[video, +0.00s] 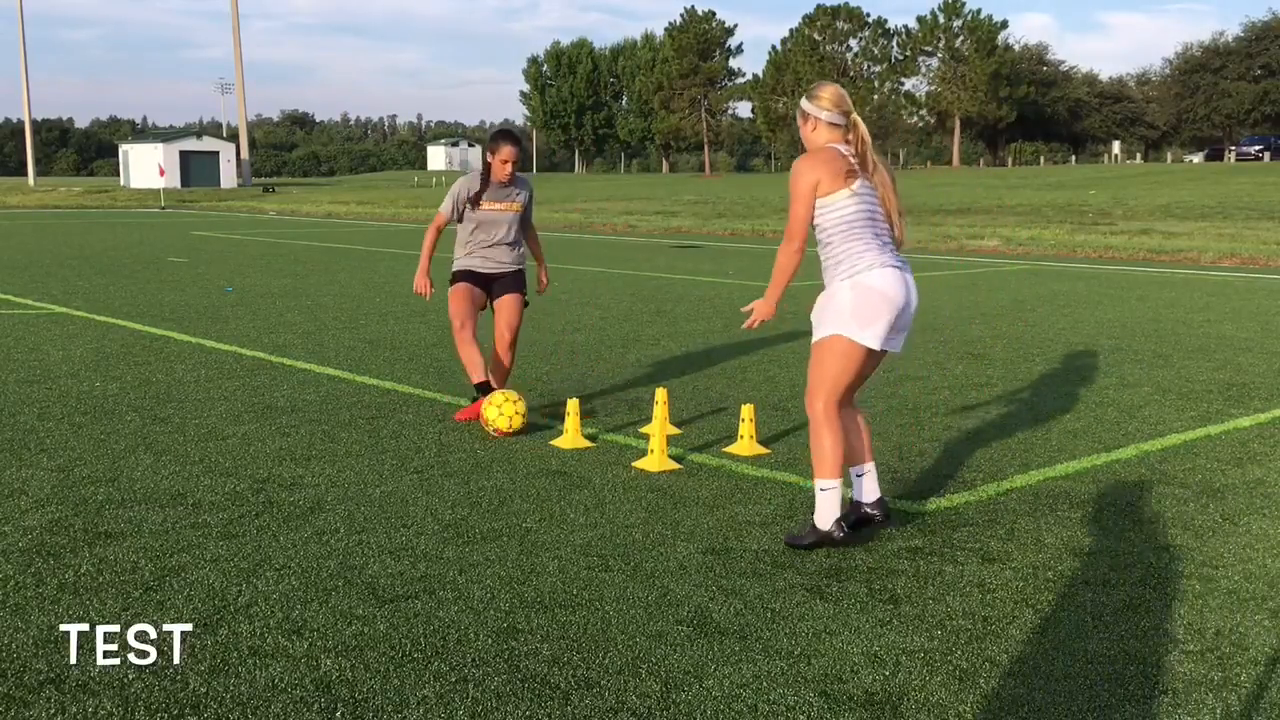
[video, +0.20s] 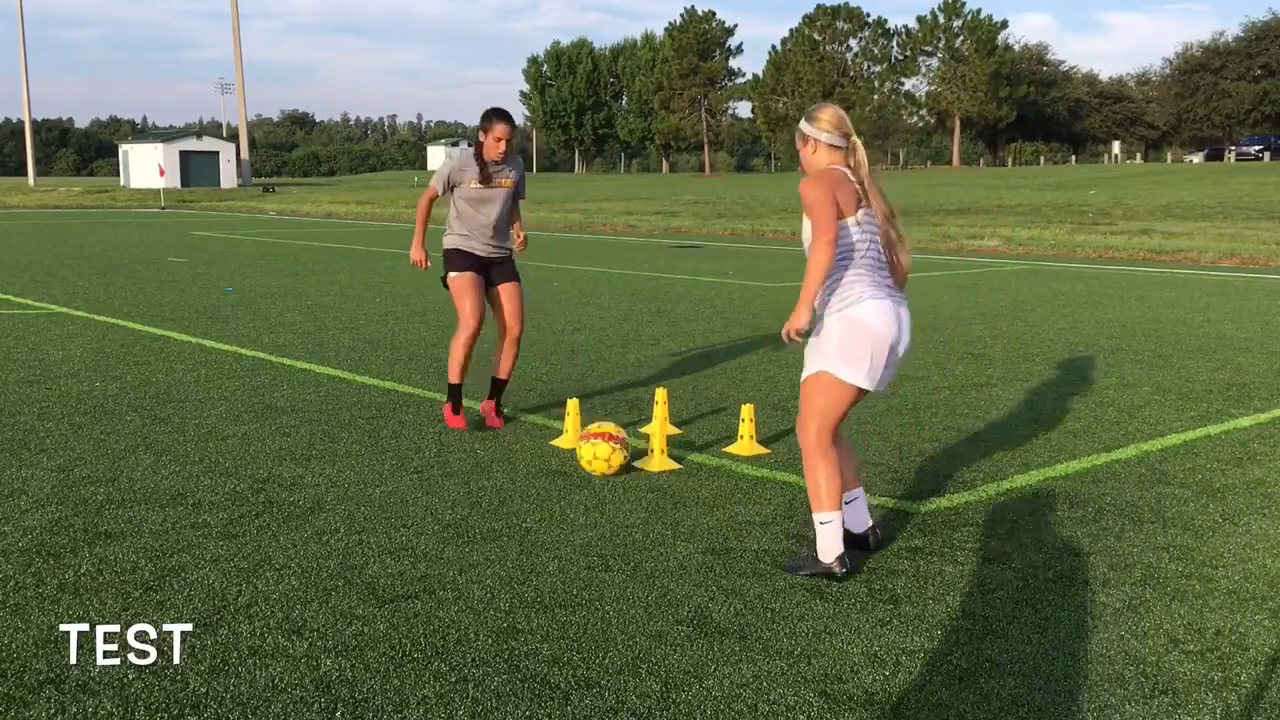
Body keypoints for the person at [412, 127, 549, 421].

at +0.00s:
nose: (510, 169)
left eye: (514, 162)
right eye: (504, 162)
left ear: (519, 160)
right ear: (489, 157)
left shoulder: (523, 187)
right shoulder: (465, 186)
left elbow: (526, 226)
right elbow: (436, 226)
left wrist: (541, 262)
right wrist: (422, 270)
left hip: (510, 270)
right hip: (469, 268)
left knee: (507, 341)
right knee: (461, 324)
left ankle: (494, 403)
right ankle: (484, 395)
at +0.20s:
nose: (503, 148)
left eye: (508, 141)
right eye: (497, 141)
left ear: (512, 140)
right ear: (482, 137)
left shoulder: (514, 166)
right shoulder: (458, 163)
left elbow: (512, 202)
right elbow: (427, 197)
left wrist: (517, 227)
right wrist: (418, 243)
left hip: (499, 254)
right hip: (461, 250)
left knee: (513, 328)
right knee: (470, 321)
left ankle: (493, 402)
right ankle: (453, 404)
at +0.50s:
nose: (512, 158)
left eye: (516, 152)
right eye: (506, 151)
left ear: (518, 155)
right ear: (489, 152)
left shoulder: (519, 187)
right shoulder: (468, 185)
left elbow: (511, 221)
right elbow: (442, 229)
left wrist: (521, 240)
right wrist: (443, 268)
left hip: (499, 275)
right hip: (465, 272)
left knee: (524, 343)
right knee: (462, 340)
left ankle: (499, 393)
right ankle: (426, 416)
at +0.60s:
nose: (520, 148)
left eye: (524, 142)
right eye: (514, 142)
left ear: (527, 144)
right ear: (498, 142)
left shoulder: (529, 178)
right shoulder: (478, 175)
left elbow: (527, 211)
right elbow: (455, 218)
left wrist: (533, 231)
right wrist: (470, 240)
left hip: (508, 264)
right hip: (473, 261)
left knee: (525, 336)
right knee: (467, 332)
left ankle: (499, 394)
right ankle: (438, 410)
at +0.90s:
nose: (541, 135)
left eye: (543, 129)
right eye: (536, 128)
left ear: (542, 131)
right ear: (517, 128)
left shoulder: (538, 162)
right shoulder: (496, 161)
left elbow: (526, 200)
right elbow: (469, 200)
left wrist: (541, 215)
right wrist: (498, 233)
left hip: (525, 249)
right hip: (494, 250)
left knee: (547, 314)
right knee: (496, 325)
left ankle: (534, 378)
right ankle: (470, 393)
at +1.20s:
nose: (572, 147)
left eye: (573, 142)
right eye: (566, 142)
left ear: (574, 143)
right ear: (549, 144)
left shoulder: (576, 173)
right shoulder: (532, 177)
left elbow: (573, 208)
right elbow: (509, 220)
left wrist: (587, 223)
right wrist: (514, 256)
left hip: (563, 262)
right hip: (533, 260)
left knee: (578, 324)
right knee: (523, 327)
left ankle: (560, 378)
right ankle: (482, 391)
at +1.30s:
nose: (581, 140)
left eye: (582, 135)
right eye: (575, 134)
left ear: (582, 138)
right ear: (558, 136)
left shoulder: (585, 164)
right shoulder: (542, 167)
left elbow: (583, 198)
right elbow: (518, 208)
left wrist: (598, 213)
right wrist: (529, 244)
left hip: (573, 254)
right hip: (545, 253)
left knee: (578, 318)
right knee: (545, 318)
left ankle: (561, 377)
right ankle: (513, 380)